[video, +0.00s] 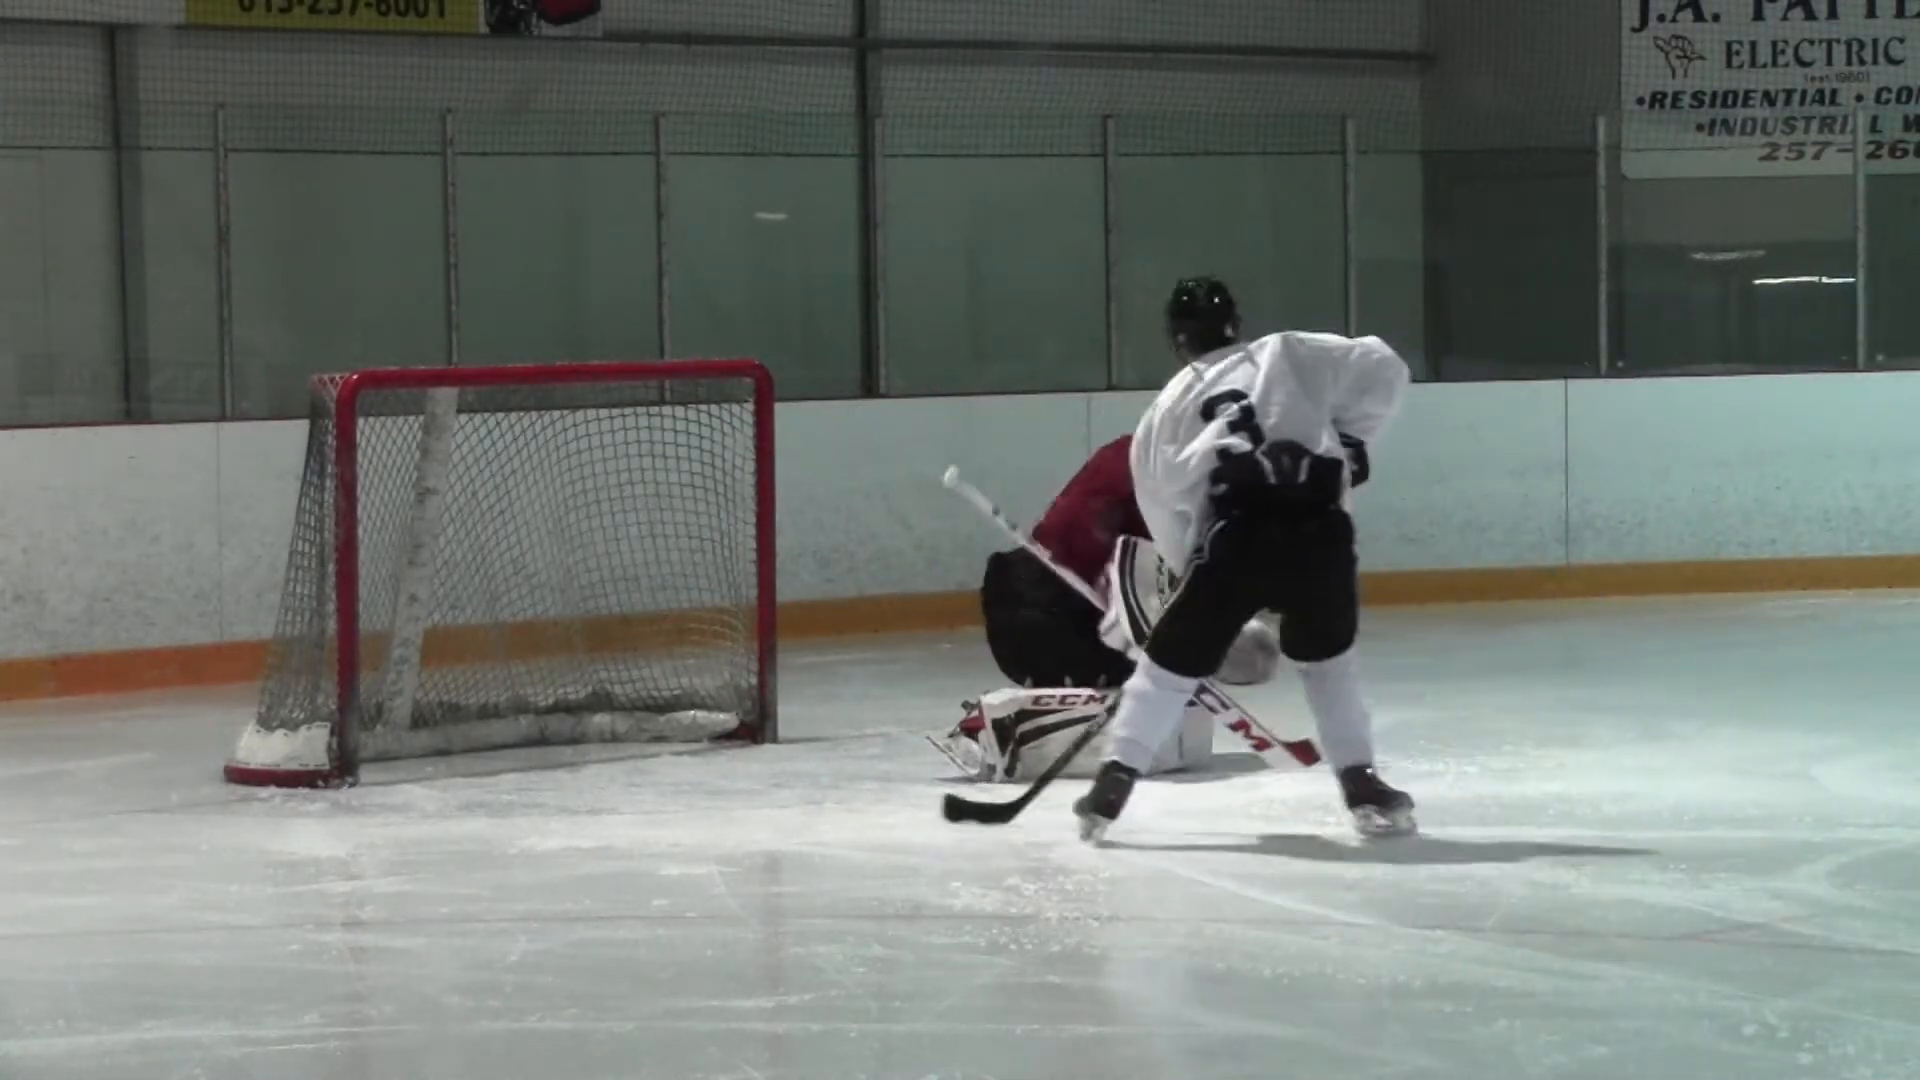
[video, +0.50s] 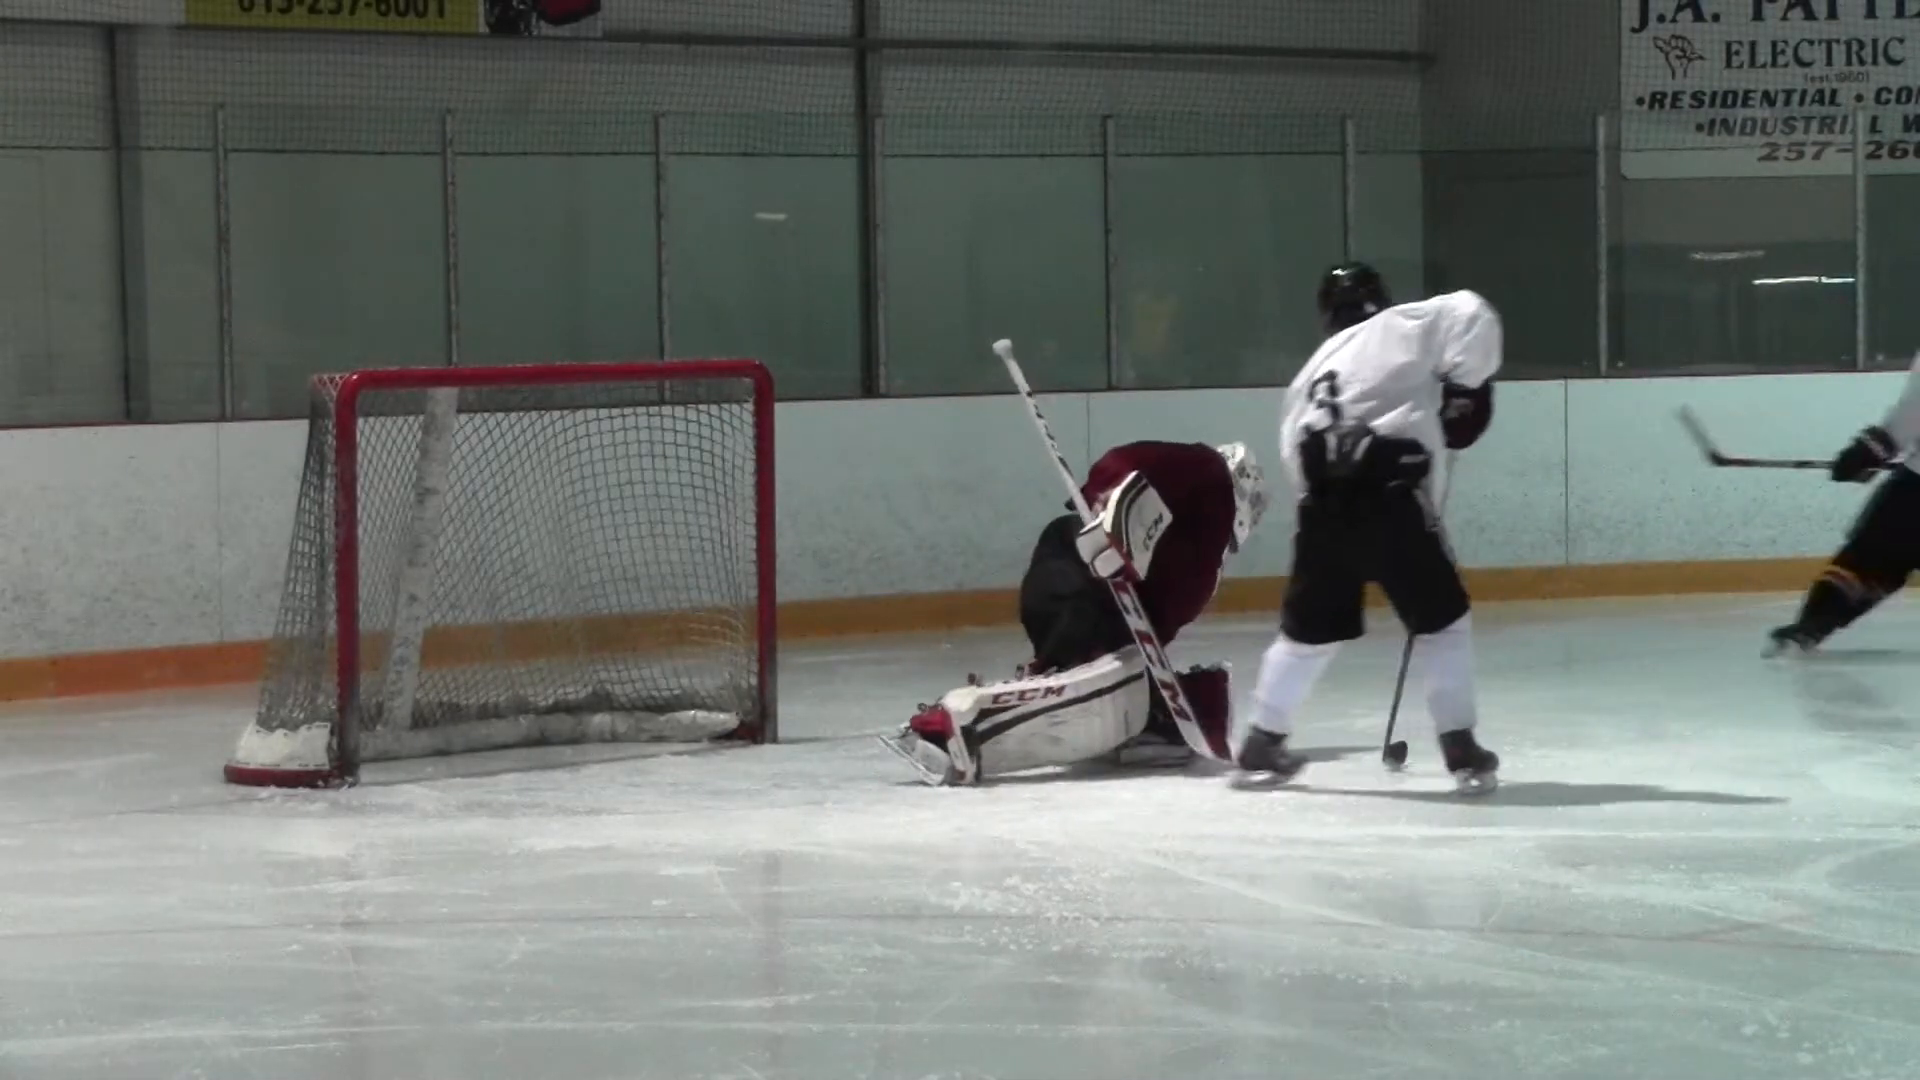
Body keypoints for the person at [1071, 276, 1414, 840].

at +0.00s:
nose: (1179, 345)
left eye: (1177, 338)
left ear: (1178, 341)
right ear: (1234, 325)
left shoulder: (1160, 418)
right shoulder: (1286, 350)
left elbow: (1171, 524)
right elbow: (1383, 364)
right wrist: (1353, 443)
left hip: (1235, 547)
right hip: (1321, 537)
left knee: (1168, 669)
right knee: (1329, 662)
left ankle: (1114, 782)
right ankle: (1362, 785)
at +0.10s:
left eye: (1182, 334)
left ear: (1177, 341)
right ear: (1235, 325)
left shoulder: (1161, 412)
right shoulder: (1277, 346)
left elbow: (1172, 511)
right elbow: (1362, 337)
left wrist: (1198, 553)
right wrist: (1357, 416)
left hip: (1221, 549)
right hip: (1306, 542)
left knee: (1158, 660)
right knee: (1319, 652)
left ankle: (1106, 767)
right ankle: (1348, 768)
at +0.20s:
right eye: (1257, 326)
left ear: (1200, 340)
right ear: (1257, 325)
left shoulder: (1178, 409)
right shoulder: (1285, 341)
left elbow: (1185, 491)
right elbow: (1356, 320)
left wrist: (1201, 557)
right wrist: (1358, 400)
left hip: (1217, 550)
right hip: (1299, 543)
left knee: (1154, 668)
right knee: (1340, 649)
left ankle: (1096, 770)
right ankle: (1364, 764)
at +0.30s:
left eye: (1241, 340)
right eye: (1289, 324)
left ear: (1237, 340)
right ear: (1290, 324)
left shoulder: (1220, 405)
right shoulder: (1316, 341)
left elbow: (1209, 487)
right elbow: (1376, 321)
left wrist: (1216, 546)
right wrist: (1381, 403)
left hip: (1237, 546)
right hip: (1310, 537)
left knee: (1189, 657)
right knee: (1369, 640)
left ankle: (1125, 761)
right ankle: (1392, 756)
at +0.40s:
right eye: (1336, 312)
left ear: (1283, 330)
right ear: (1335, 313)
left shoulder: (1266, 387)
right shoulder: (1358, 333)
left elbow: (1242, 479)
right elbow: (1419, 316)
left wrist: (1245, 550)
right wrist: (1423, 401)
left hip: (1276, 530)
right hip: (1345, 523)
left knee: (1244, 646)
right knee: (1407, 632)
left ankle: (1192, 747)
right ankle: (1421, 746)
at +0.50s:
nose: (1385, 305)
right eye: (1382, 299)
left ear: (1327, 315)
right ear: (1378, 299)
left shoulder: (1307, 375)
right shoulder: (1400, 323)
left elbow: (1296, 458)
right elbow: (1470, 309)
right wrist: (1467, 391)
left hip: (1325, 514)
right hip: (1391, 504)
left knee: (1308, 626)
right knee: (1443, 617)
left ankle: (1262, 739)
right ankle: (1458, 743)